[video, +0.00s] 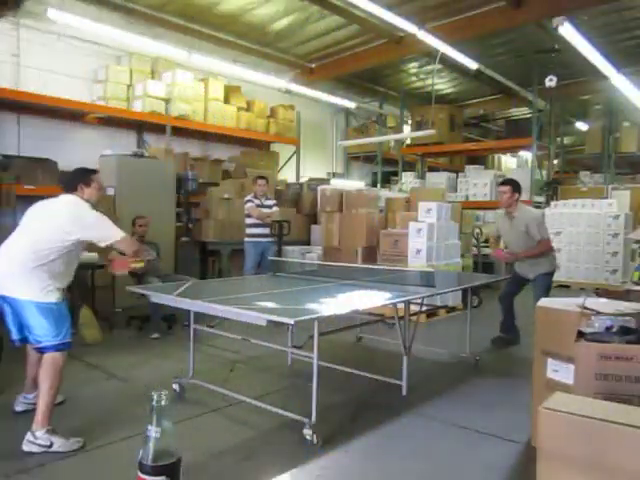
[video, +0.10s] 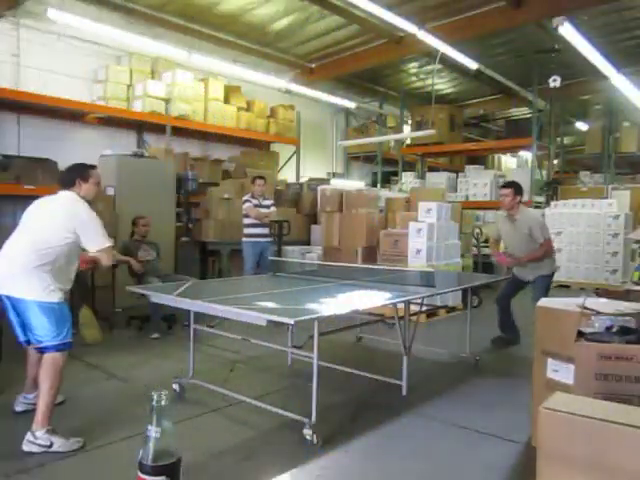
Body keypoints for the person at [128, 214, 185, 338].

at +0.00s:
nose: (143, 229)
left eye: (145, 226)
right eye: (140, 226)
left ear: (148, 228)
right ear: (133, 228)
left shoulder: (154, 246)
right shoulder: (128, 246)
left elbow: (157, 265)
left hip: (158, 275)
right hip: (143, 276)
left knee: (191, 282)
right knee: (157, 287)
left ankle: (189, 320)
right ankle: (154, 328)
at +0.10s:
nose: (146, 229)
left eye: (148, 226)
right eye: (143, 226)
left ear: (150, 228)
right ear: (134, 228)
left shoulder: (154, 245)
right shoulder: (128, 245)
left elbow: (158, 262)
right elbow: (115, 257)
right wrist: (130, 261)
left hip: (159, 275)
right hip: (143, 276)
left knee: (189, 282)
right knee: (157, 288)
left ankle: (189, 320)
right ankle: (154, 328)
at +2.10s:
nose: (148, 227)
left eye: (148, 225)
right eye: (144, 225)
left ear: (149, 227)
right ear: (135, 227)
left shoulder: (153, 245)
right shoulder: (128, 244)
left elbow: (156, 262)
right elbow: (112, 256)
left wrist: (161, 272)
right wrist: (130, 260)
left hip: (162, 275)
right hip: (145, 276)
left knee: (192, 283)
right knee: (158, 291)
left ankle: (189, 321)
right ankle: (155, 329)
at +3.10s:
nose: (140, 226)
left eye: (143, 223)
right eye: (136, 223)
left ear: (146, 225)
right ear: (131, 226)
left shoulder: (152, 244)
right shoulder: (126, 244)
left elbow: (155, 264)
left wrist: (165, 274)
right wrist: (128, 260)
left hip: (158, 274)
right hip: (142, 276)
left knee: (189, 281)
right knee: (158, 290)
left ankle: (186, 320)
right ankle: (154, 328)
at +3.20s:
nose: (140, 226)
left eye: (143, 223)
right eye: (136, 223)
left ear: (147, 225)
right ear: (131, 225)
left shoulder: (152, 244)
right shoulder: (128, 244)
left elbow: (156, 263)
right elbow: (130, 262)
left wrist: (161, 273)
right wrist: (141, 272)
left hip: (159, 274)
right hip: (143, 275)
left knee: (189, 281)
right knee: (162, 290)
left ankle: (186, 318)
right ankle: (155, 327)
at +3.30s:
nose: (142, 226)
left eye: (144, 223)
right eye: (139, 224)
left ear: (147, 225)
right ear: (134, 225)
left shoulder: (152, 245)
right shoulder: (130, 243)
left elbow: (156, 266)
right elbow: (132, 266)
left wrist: (165, 274)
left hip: (157, 274)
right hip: (142, 275)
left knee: (190, 282)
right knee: (158, 288)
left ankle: (186, 319)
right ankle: (154, 327)